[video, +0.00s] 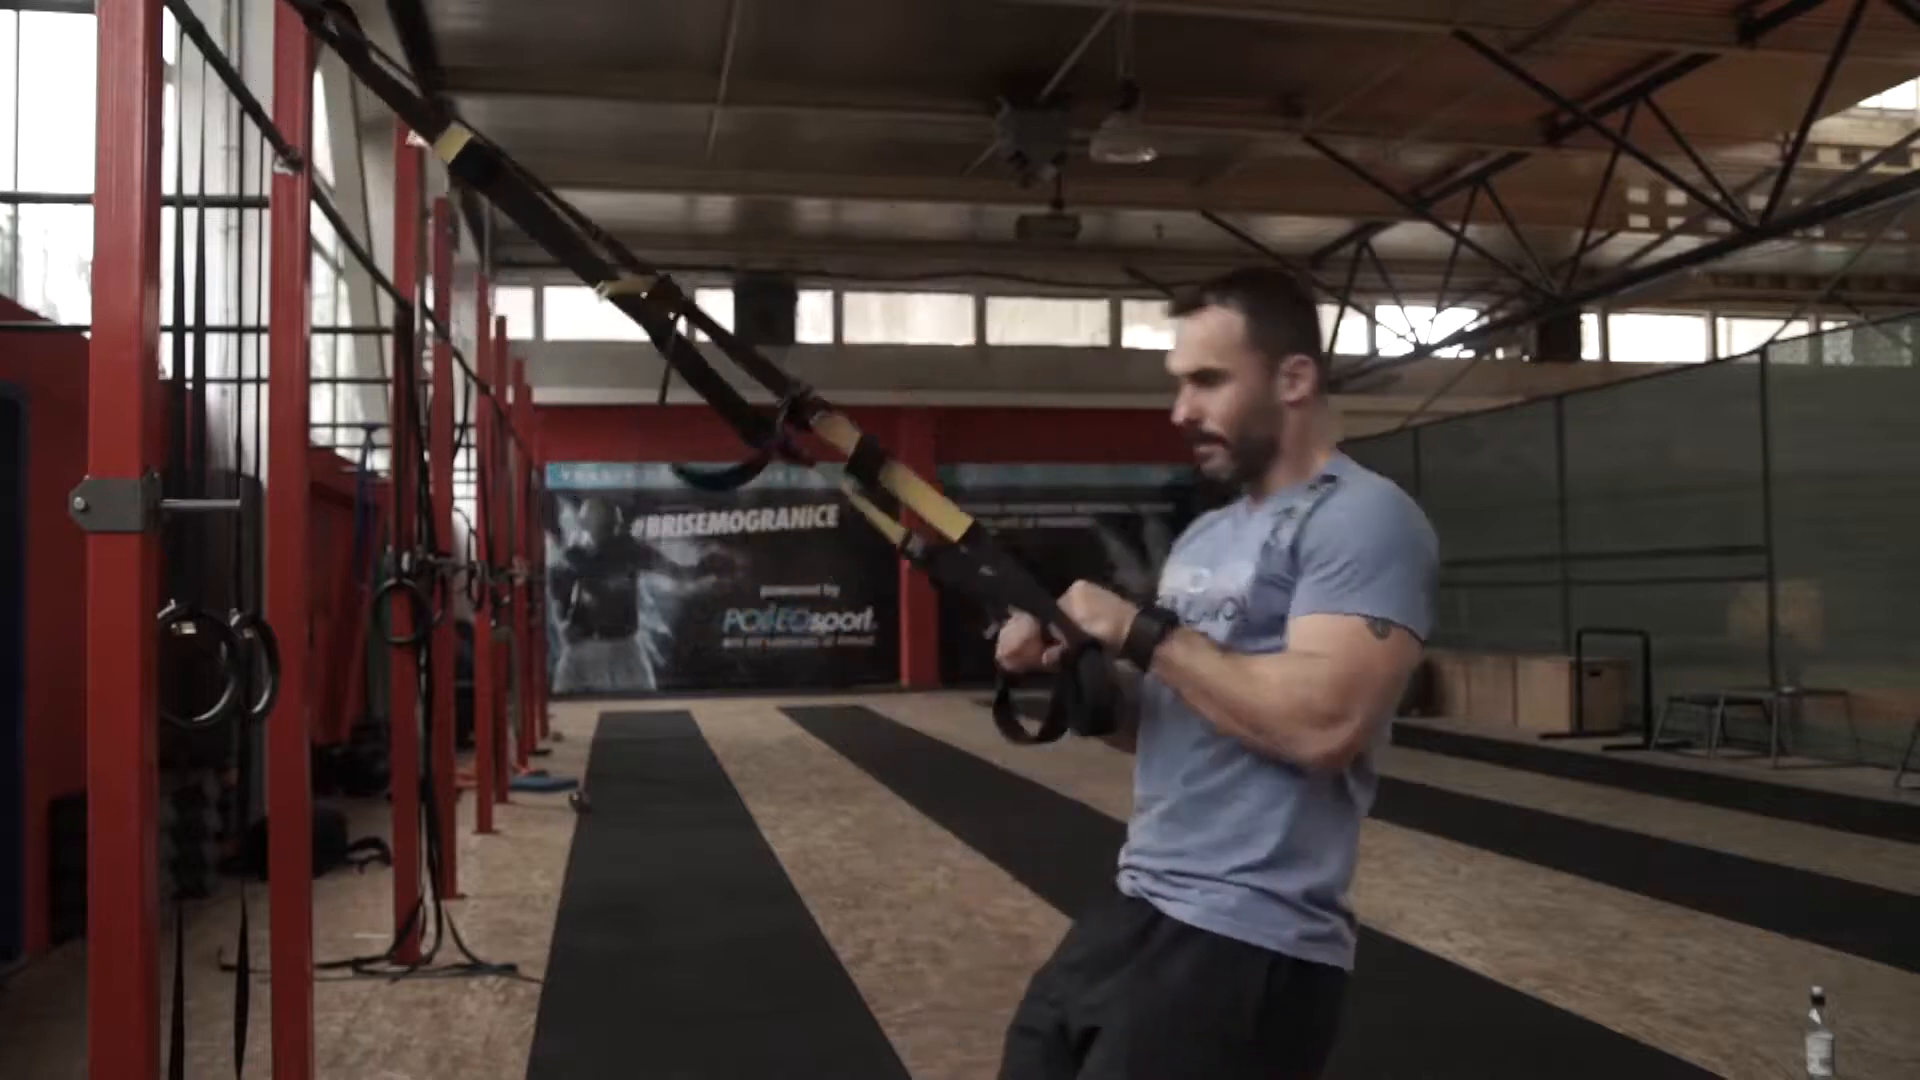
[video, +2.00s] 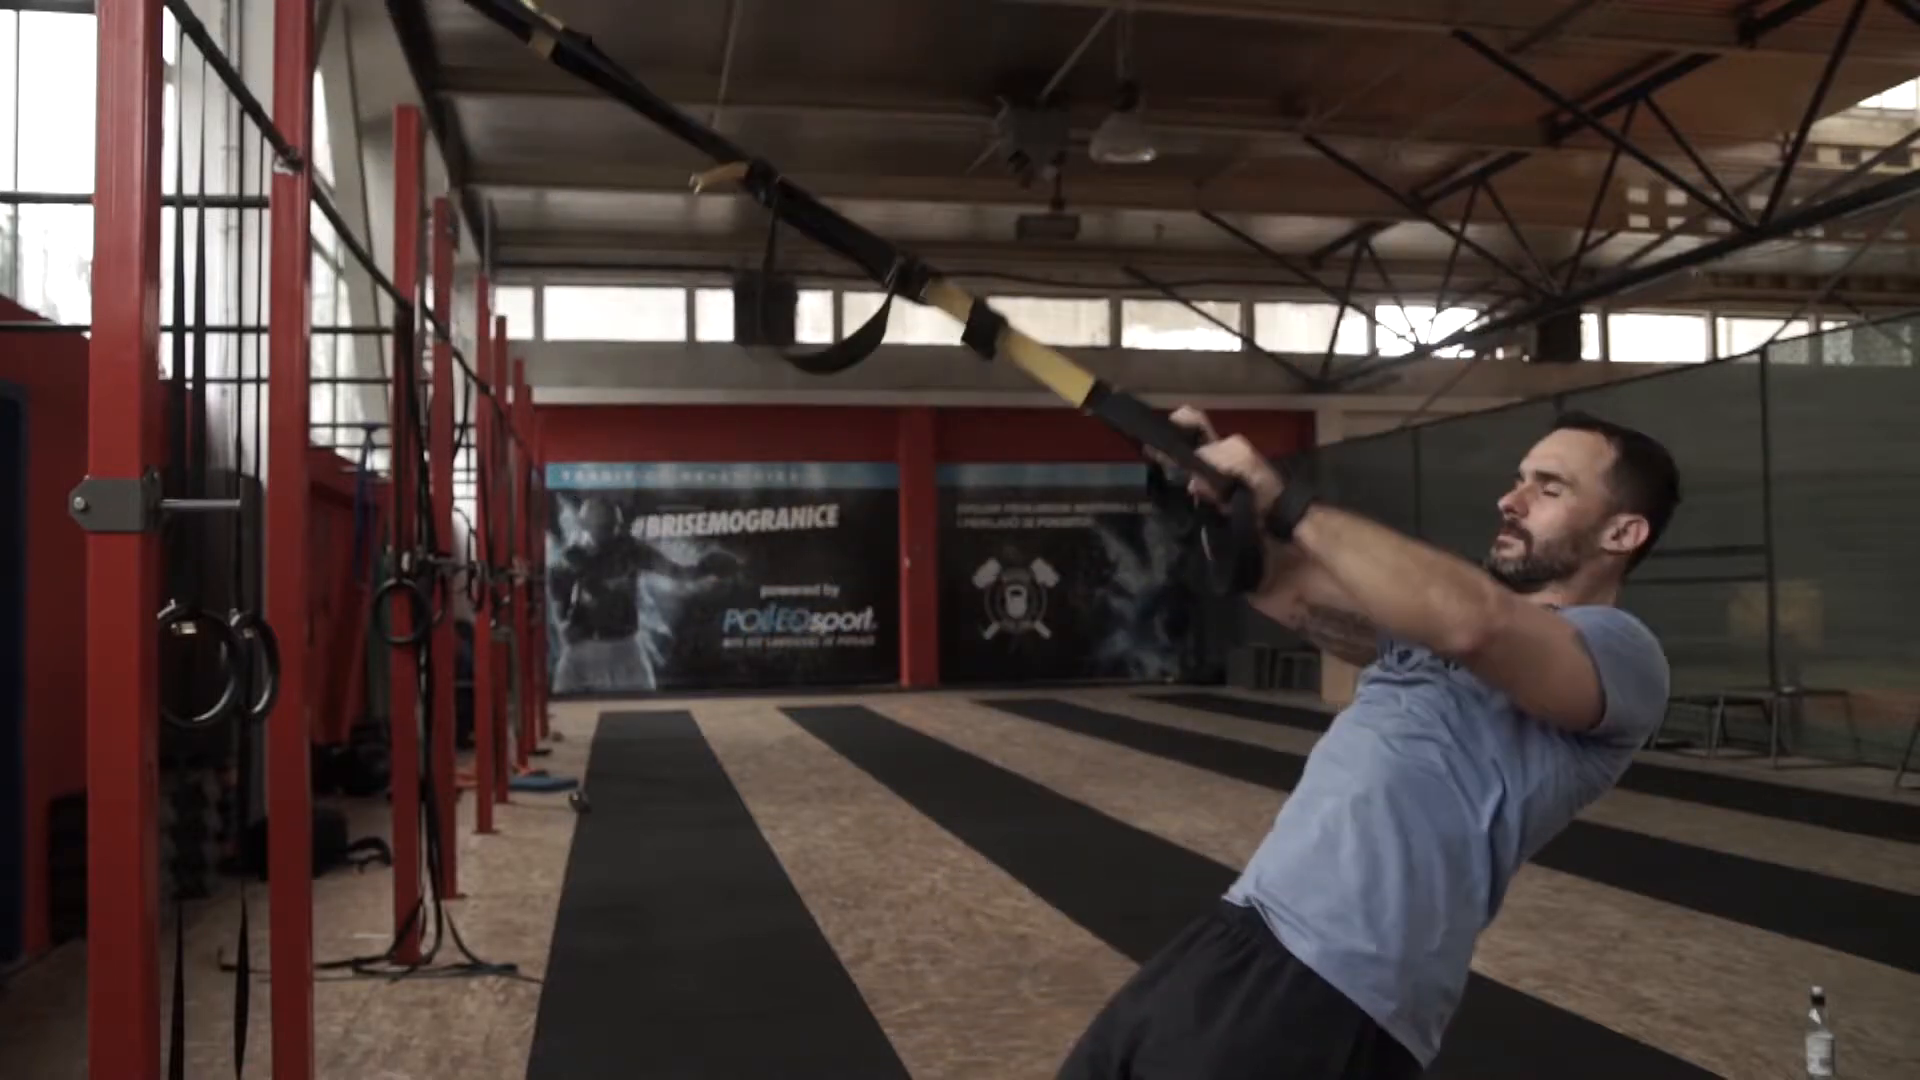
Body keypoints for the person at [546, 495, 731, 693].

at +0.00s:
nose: (600, 528)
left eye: (606, 521)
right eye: (593, 521)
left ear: (615, 521)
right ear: (583, 523)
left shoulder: (630, 550)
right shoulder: (571, 559)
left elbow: (676, 574)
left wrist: (703, 567)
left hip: (625, 644)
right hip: (581, 648)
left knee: (638, 713)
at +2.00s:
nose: (601, 525)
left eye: (606, 518)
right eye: (594, 519)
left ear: (615, 519)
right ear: (583, 522)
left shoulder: (631, 549)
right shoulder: (572, 557)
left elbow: (674, 572)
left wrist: (703, 571)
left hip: (624, 647)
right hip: (581, 649)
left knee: (635, 715)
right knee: (573, 717)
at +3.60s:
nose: (602, 529)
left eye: (607, 521)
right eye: (594, 523)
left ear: (615, 520)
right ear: (583, 523)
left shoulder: (629, 549)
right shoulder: (571, 558)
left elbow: (673, 571)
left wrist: (703, 571)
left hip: (625, 649)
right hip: (581, 652)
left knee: (637, 717)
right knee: (573, 719)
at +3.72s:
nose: (600, 527)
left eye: (605, 520)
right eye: (594, 521)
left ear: (615, 520)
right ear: (583, 523)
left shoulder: (629, 549)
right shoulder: (573, 557)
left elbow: (672, 571)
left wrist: (702, 571)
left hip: (625, 647)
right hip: (581, 649)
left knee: (637, 714)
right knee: (573, 717)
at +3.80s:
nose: (600, 527)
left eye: (605, 520)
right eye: (594, 521)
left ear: (615, 520)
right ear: (583, 523)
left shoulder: (629, 549)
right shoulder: (573, 557)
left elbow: (672, 571)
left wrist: (702, 571)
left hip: (625, 647)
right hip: (581, 649)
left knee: (637, 714)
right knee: (573, 717)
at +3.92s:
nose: (601, 529)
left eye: (606, 521)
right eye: (594, 523)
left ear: (615, 520)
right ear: (583, 523)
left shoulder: (629, 549)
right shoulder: (572, 558)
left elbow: (672, 571)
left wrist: (702, 572)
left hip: (625, 648)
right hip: (581, 650)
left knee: (637, 716)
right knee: (573, 718)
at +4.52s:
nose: (583, 549)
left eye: (588, 542)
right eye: (577, 543)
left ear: (595, 540)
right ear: (563, 542)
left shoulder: (607, 566)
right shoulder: (549, 576)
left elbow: (651, 589)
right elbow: (539, 635)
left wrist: (680, 588)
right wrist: (551, 619)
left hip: (603, 669)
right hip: (558, 672)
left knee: (614, 740)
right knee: (549, 741)